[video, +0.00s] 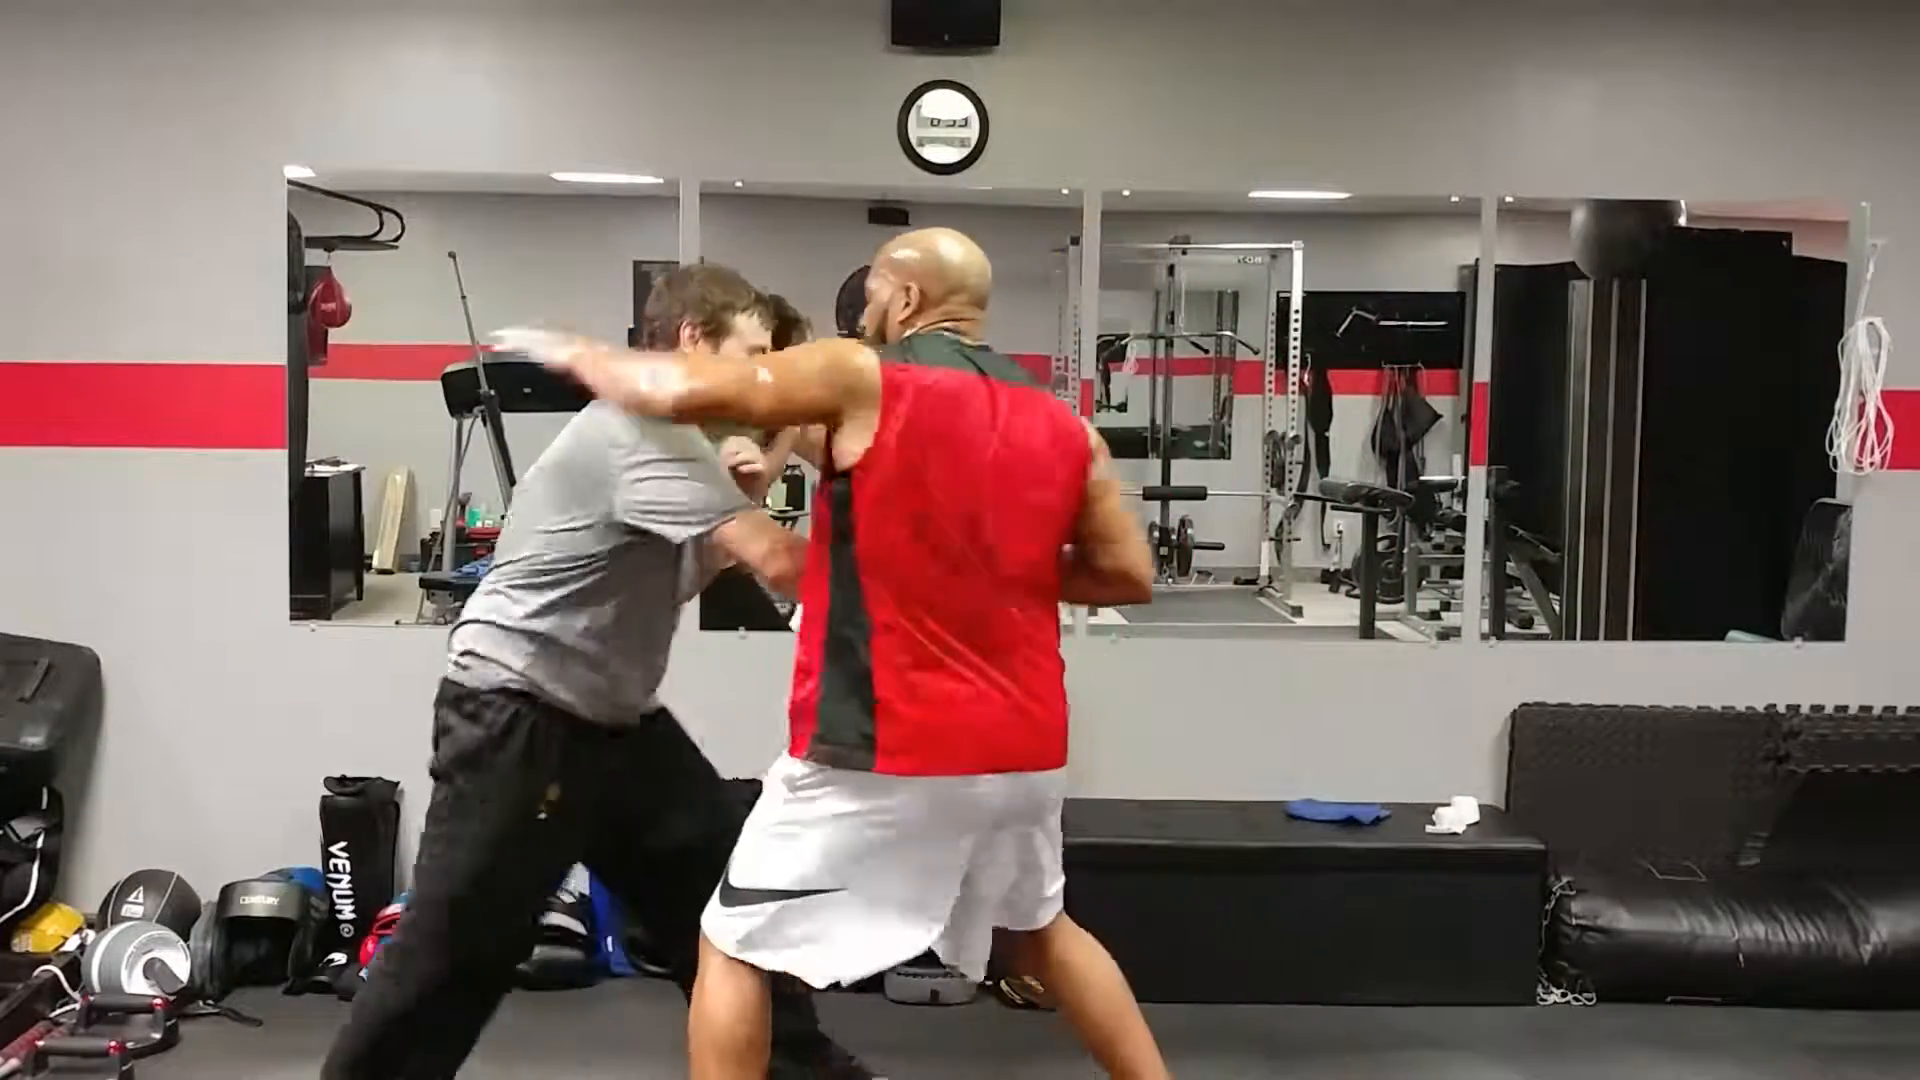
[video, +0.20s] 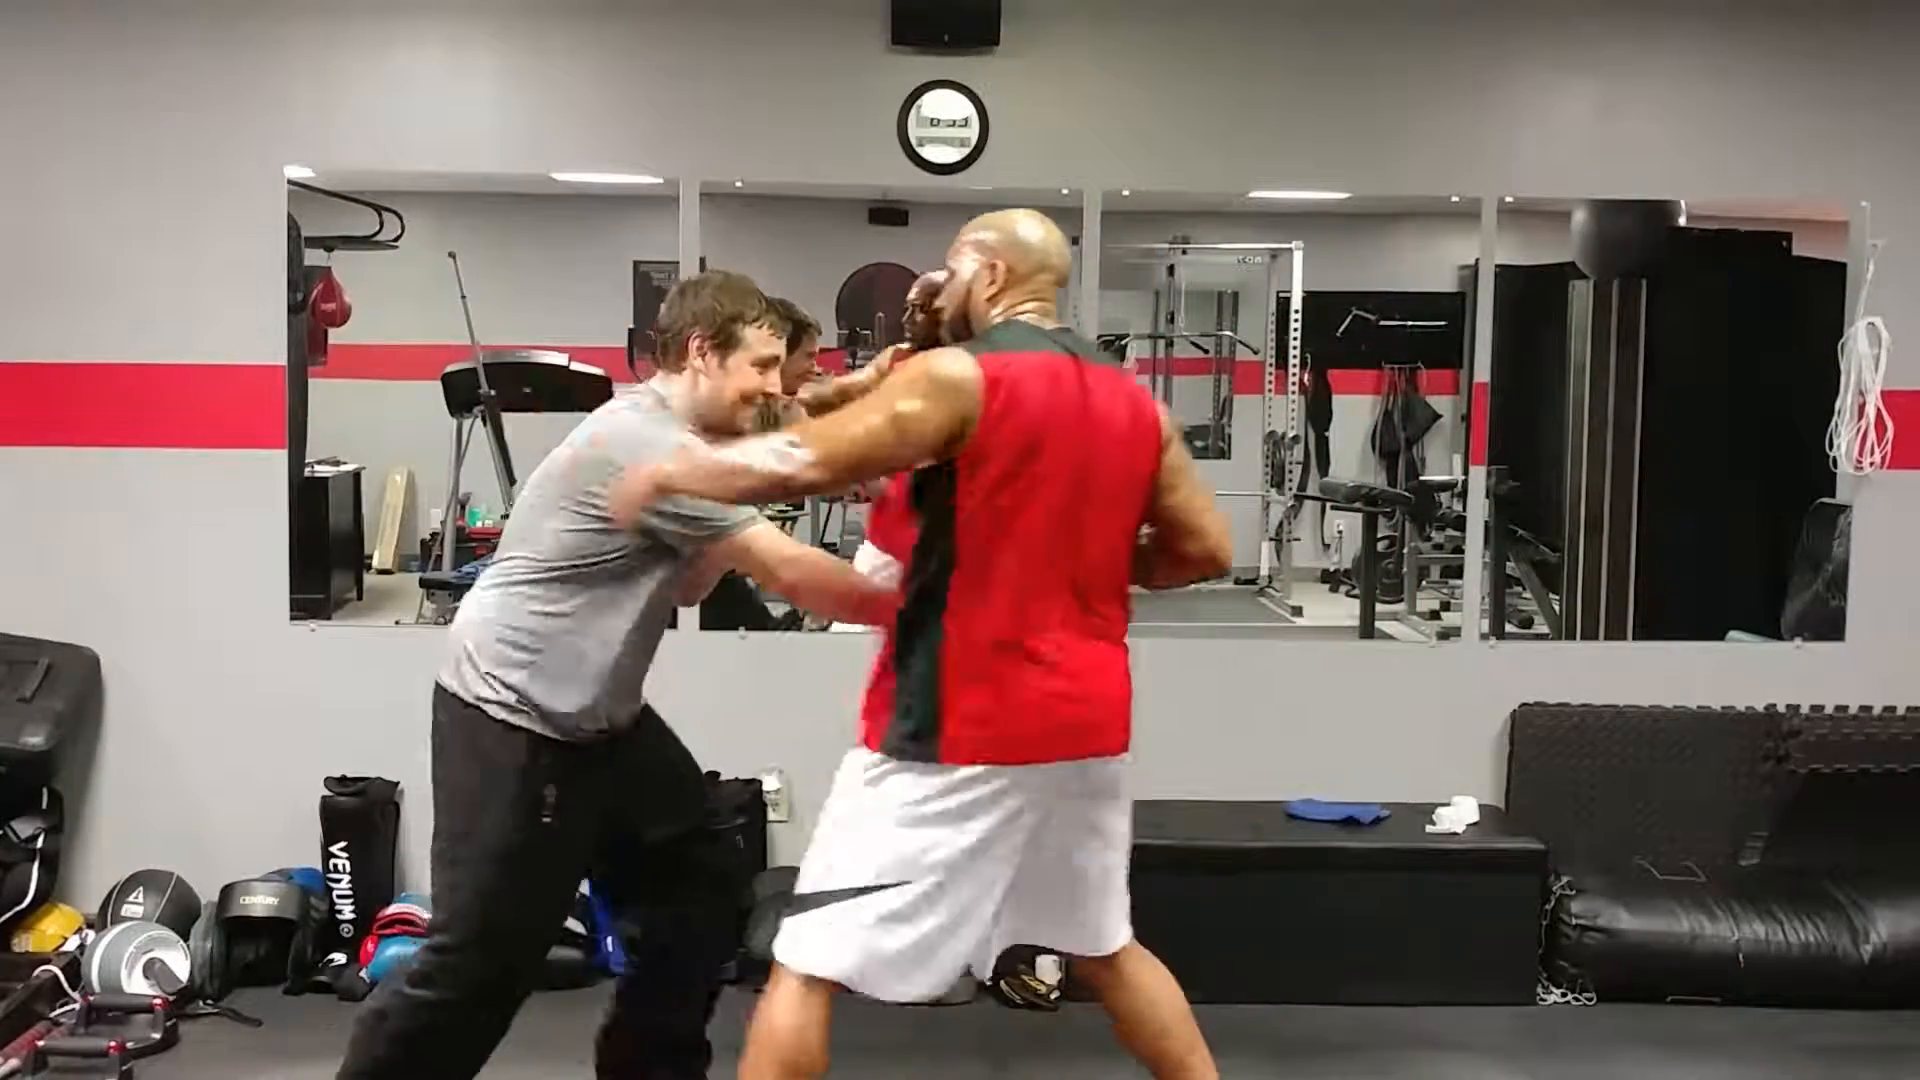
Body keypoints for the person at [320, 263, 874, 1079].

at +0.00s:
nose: (762, 374)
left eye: (766, 358)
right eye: (751, 352)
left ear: (688, 343)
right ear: (692, 339)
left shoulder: (679, 441)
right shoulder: (637, 428)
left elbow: (658, 582)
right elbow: (779, 559)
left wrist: (739, 522)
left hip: (616, 723)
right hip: (515, 714)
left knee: (733, 886)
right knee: (451, 956)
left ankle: (786, 1054)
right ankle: (360, 1077)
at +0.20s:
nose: (775, 389)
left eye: (783, 372)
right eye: (760, 364)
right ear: (698, 353)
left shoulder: (691, 441)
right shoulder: (642, 438)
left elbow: (675, 590)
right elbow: (787, 566)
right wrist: (905, 603)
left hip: (604, 715)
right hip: (508, 714)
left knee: (702, 884)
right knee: (478, 963)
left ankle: (648, 1066)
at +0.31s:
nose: (771, 368)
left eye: (777, 349)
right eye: (759, 343)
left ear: (699, 337)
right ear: (695, 333)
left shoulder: (688, 427)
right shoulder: (634, 422)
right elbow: (737, 570)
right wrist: (878, 616)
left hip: (605, 707)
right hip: (498, 699)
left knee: (686, 918)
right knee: (465, 950)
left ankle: (660, 1072)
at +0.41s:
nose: (747, 333)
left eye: (750, 315)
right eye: (730, 310)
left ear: (677, 315)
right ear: (664, 307)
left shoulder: (662, 408)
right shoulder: (599, 395)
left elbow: (672, 562)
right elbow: (659, 569)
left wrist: (737, 501)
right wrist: (793, 609)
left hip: (593, 698)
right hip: (485, 690)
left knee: (668, 928)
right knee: (416, 944)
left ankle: (662, 1077)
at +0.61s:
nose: (639, 298)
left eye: (638, 278)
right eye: (620, 277)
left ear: (570, 285)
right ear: (549, 281)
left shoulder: (595, 397)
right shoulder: (468, 381)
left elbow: (595, 519)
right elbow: (472, 558)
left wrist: (657, 503)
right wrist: (630, 547)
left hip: (547, 717)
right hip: (419, 715)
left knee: (619, 957)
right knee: (340, 974)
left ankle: (664, 1077)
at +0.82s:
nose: (567, 270)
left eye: (567, 251)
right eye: (548, 249)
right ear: (477, 255)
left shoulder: (552, 368)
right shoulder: (385, 357)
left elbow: (648, 458)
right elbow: (446, 478)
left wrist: (629, 356)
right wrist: (512, 345)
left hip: (522, 712)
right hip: (377, 709)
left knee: (592, 983)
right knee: (306, 984)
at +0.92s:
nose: (562, 278)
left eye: (563, 259)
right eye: (543, 258)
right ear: (470, 265)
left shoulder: (562, 377)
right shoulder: (380, 363)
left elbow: (671, 440)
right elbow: (448, 468)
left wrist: (623, 335)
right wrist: (509, 334)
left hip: (544, 711)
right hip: (391, 714)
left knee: (607, 966)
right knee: (314, 968)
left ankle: (615, 1078)